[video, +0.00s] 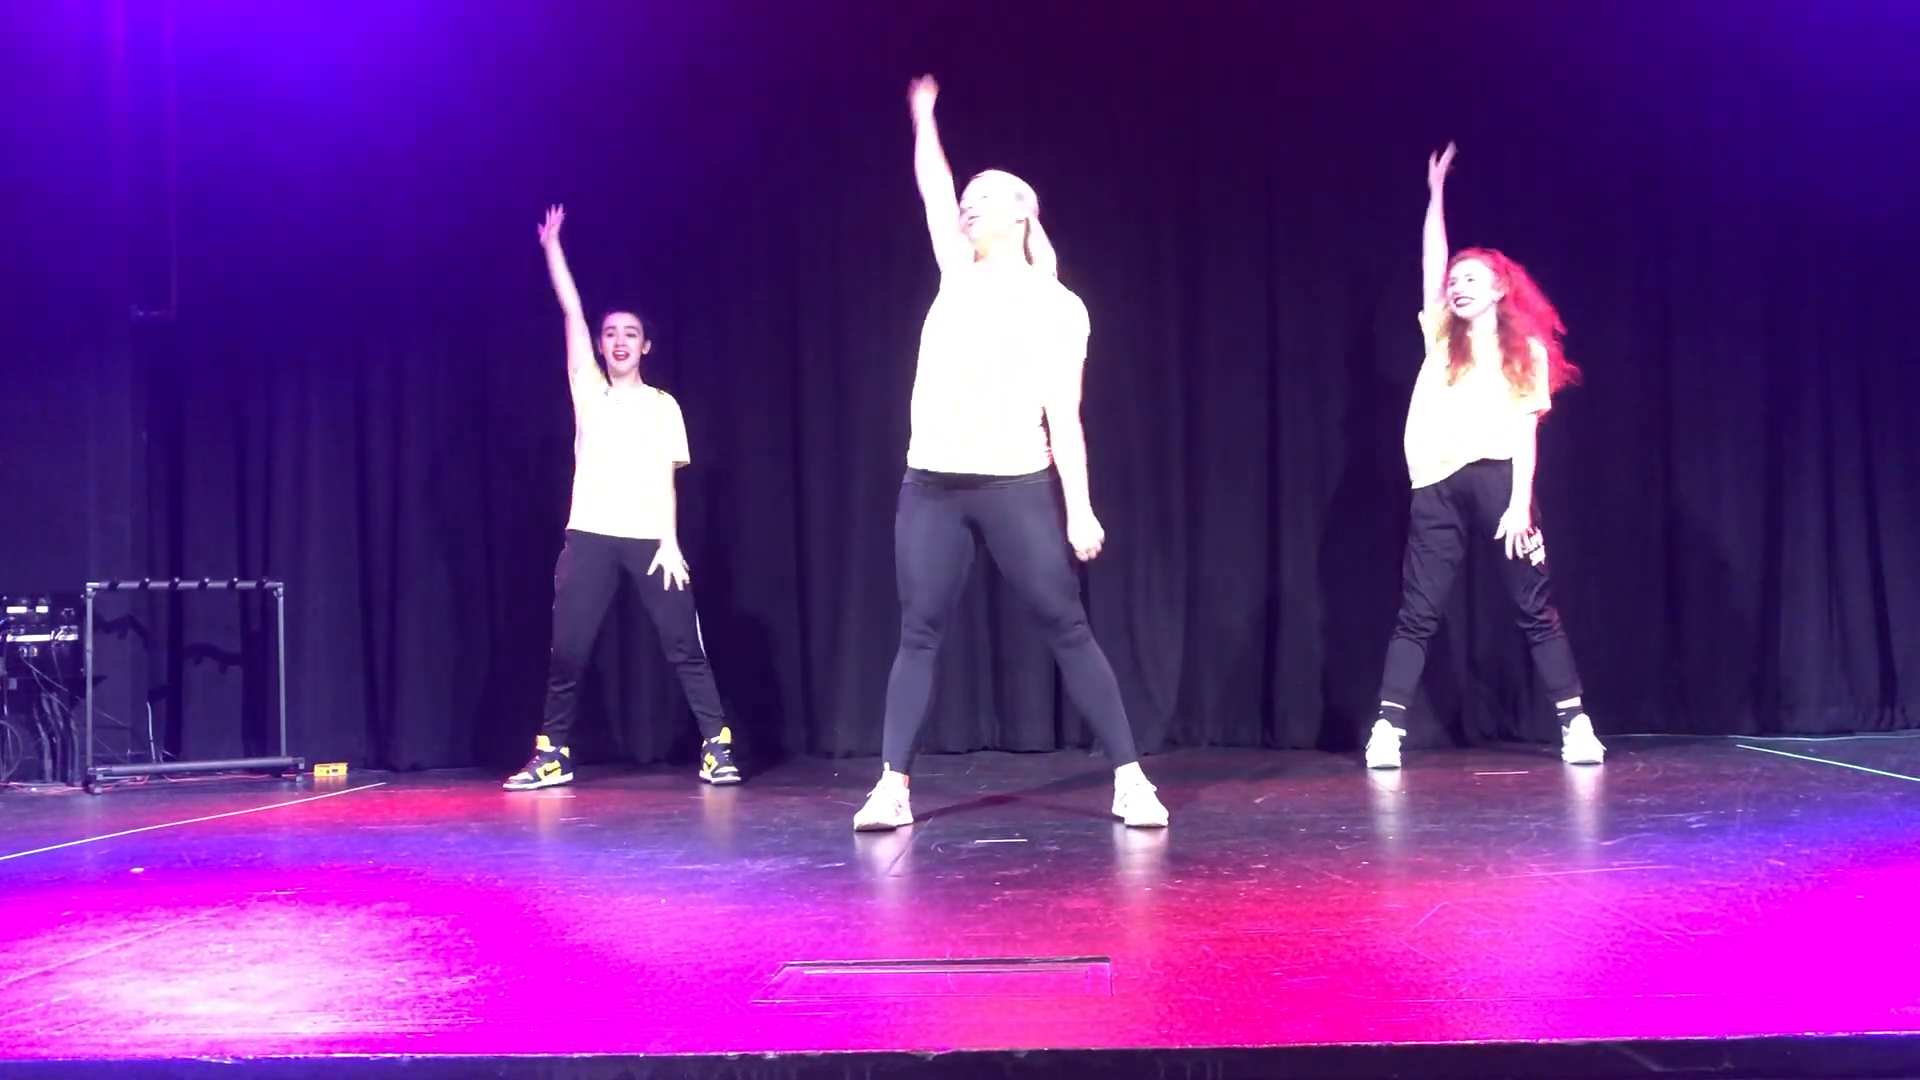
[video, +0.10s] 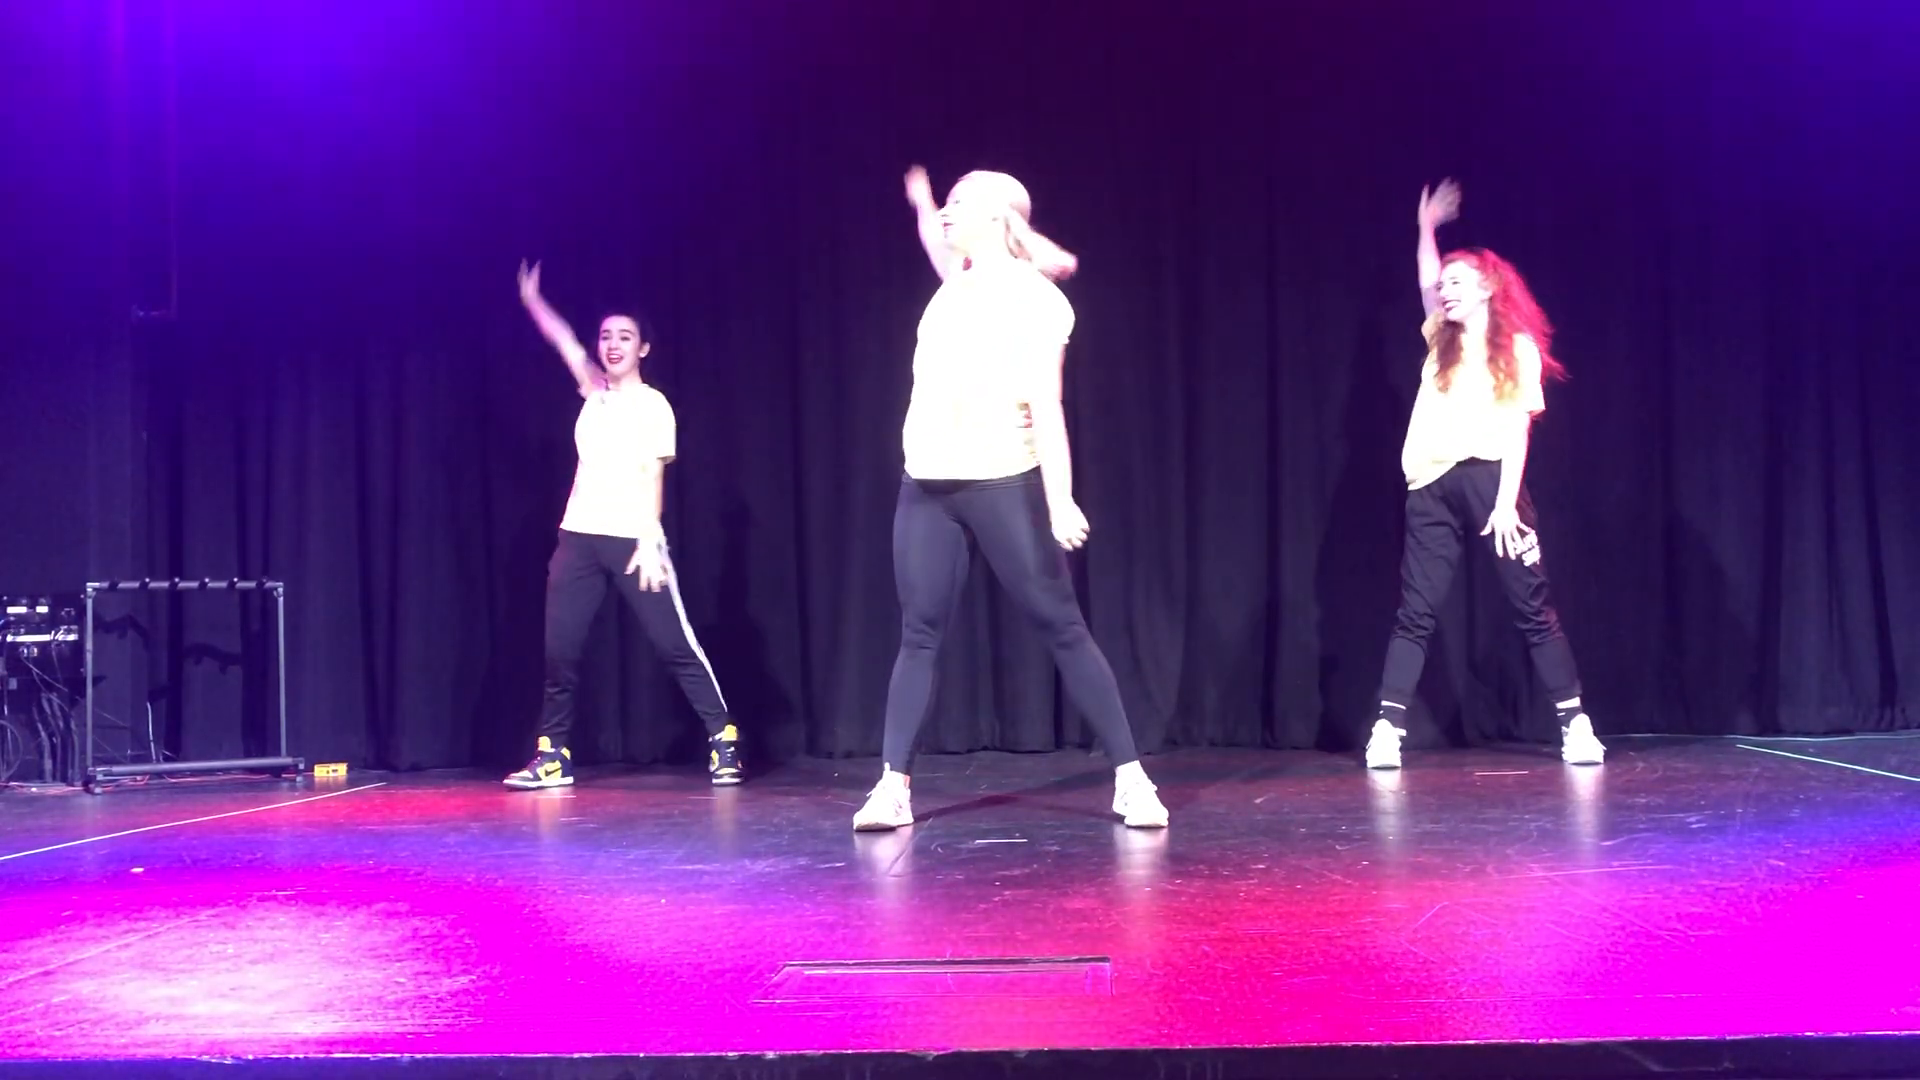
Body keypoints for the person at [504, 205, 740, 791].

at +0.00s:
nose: (619, 342)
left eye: (629, 335)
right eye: (611, 334)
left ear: (645, 346)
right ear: (599, 344)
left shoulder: (664, 406)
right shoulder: (587, 391)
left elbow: (666, 480)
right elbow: (572, 312)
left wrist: (670, 543)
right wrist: (552, 245)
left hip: (649, 539)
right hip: (590, 538)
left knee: (686, 647)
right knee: (567, 650)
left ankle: (717, 747)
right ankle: (553, 755)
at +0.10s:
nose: (612, 345)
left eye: (623, 338)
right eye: (606, 337)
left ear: (642, 347)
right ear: (598, 347)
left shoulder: (654, 407)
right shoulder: (592, 391)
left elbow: (654, 479)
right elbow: (564, 341)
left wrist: (651, 542)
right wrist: (533, 301)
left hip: (634, 542)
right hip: (578, 541)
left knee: (676, 647)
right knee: (559, 650)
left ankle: (724, 740)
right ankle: (553, 753)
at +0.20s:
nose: (603, 346)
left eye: (615, 339)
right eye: (598, 339)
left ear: (636, 353)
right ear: (592, 350)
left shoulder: (633, 407)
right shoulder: (602, 402)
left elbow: (629, 481)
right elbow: (576, 395)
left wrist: (622, 551)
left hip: (620, 544)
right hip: (577, 543)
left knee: (662, 649)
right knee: (550, 644)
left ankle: (739, 735)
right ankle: (553, 757)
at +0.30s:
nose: (590, 360)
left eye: (603, 355)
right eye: (587, 351)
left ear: (625, 369)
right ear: (579, 360)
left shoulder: (616, 422)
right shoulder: (595, 420)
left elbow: (614, 502)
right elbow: (601, 493)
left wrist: (609, 569)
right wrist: (573, 497)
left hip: (621, 560)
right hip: (587, 559)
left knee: (641, 669)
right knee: (537, 654)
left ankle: (741, 736)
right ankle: (551, 758)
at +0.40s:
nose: (572, 391)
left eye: (586, 386)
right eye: (571, 383)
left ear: (607, 403)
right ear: (565, 392)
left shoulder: (599, 451)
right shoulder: (589, 448)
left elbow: (592, 536)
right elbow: (596, 531)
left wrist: (590, 607)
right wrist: (596, 599)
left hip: (622, 588)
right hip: (600, 586)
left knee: (632, 702)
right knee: (525, 659)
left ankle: (742, 741)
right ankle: (550, 760)